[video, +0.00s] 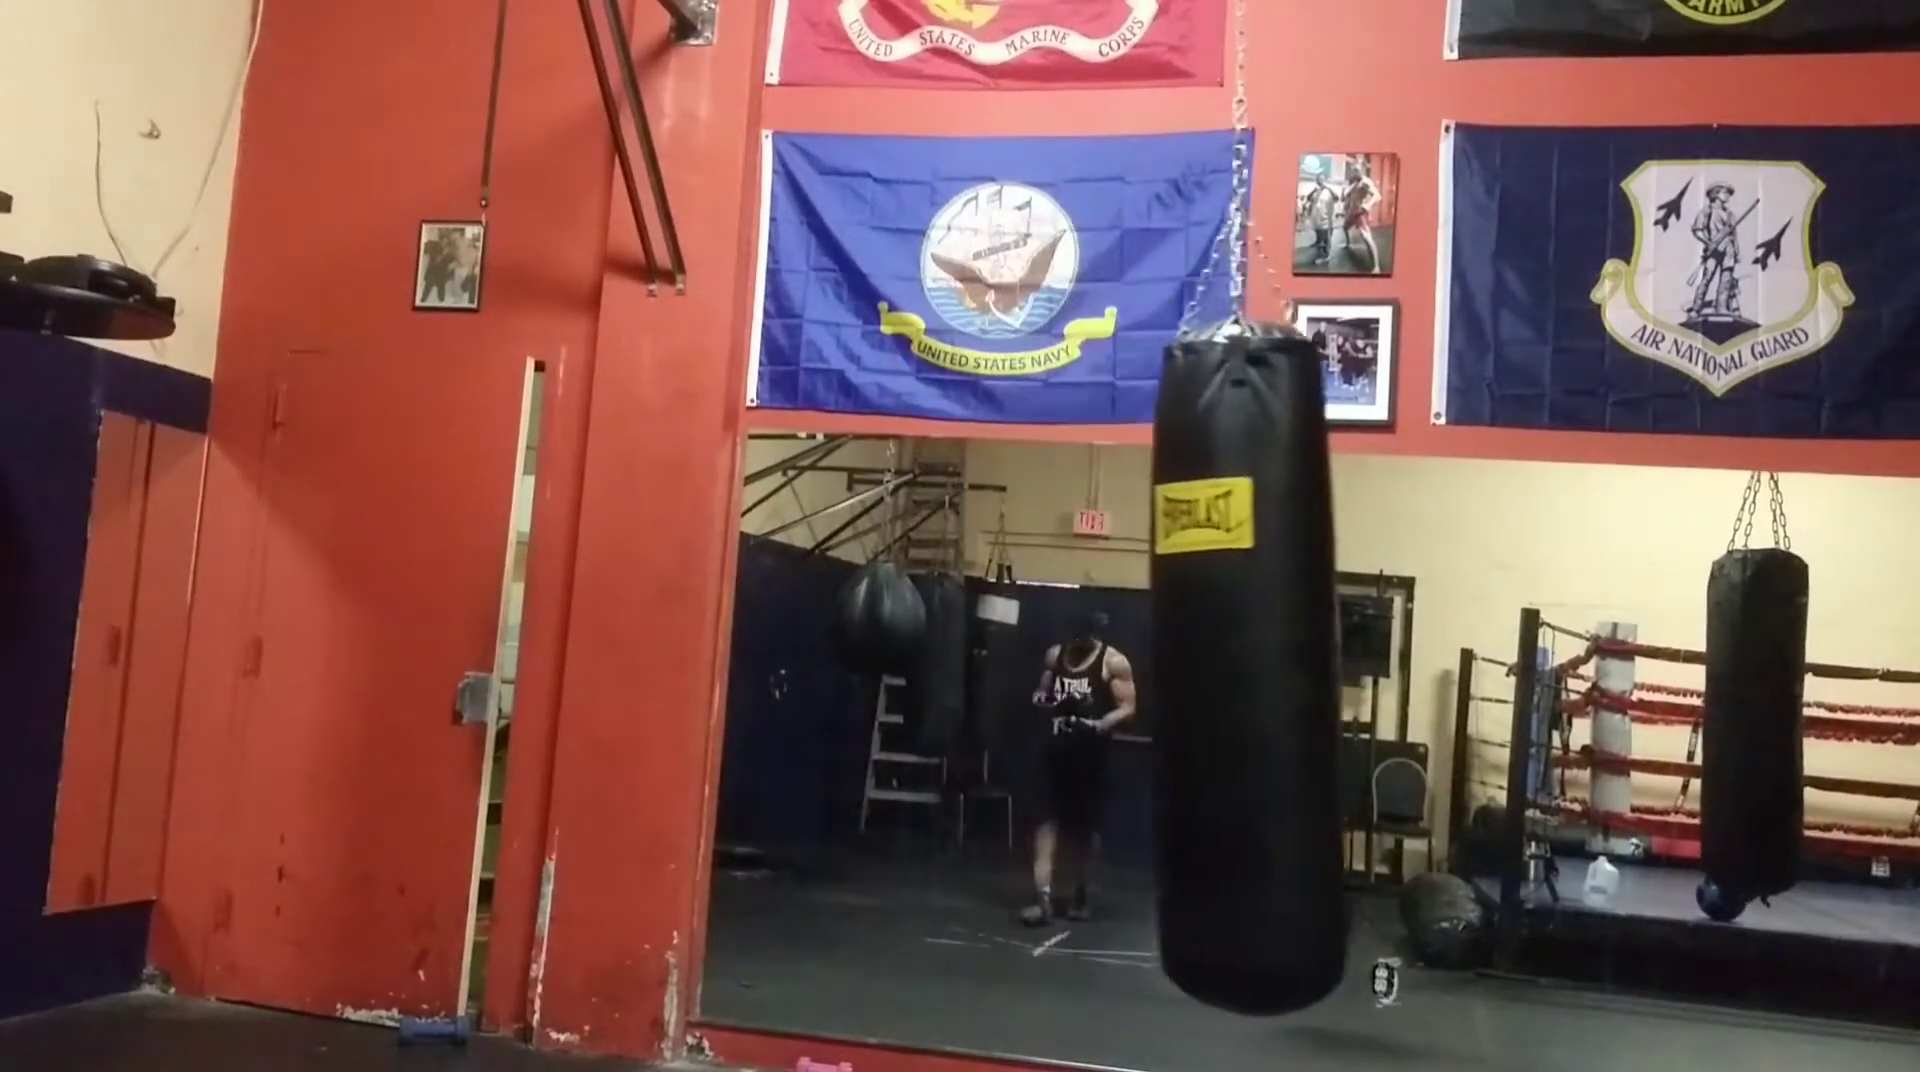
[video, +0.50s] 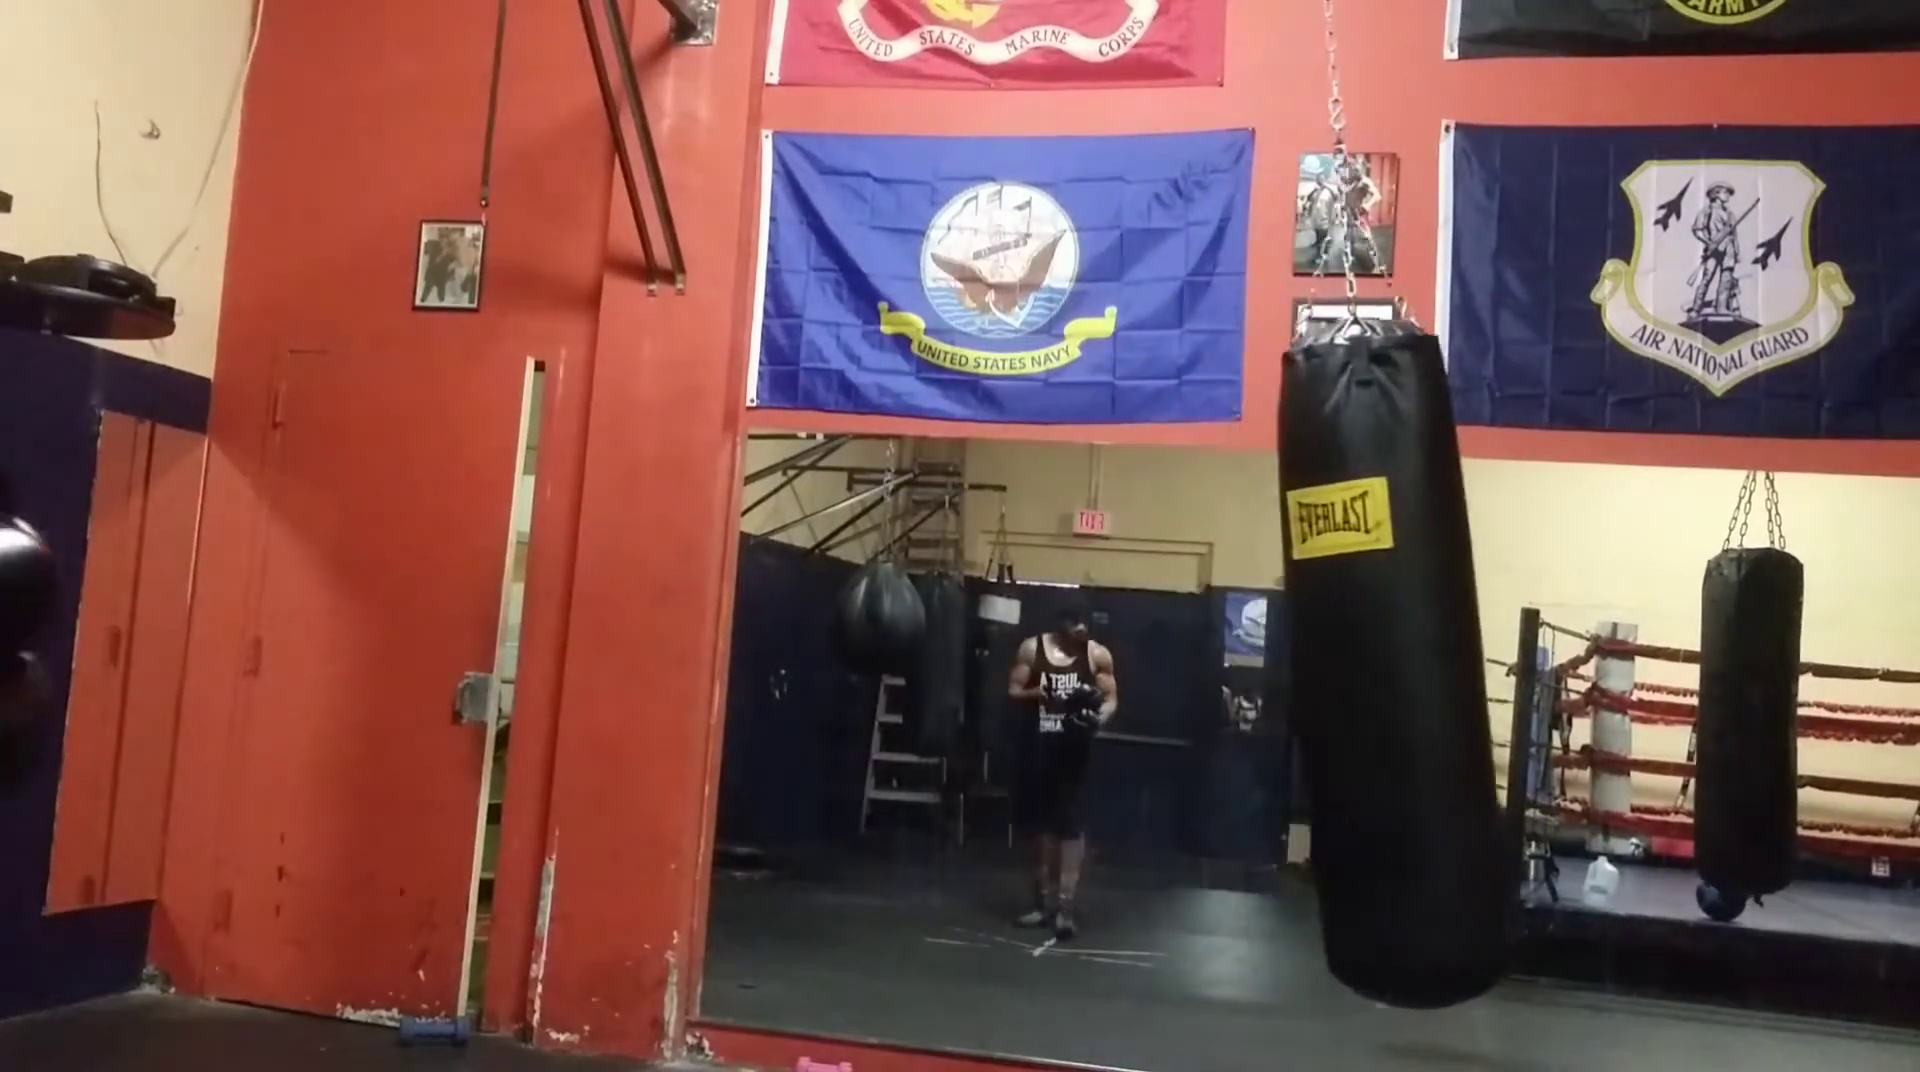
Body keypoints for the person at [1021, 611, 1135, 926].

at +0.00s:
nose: (1082, 644)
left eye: (1089, 639)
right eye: (1078, 637)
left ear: (1099, 637)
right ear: (1072, 634)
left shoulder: (1114, 662)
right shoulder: (1056, 656)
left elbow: (1127, 706)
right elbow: (1041, 693)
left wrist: (1099, 723)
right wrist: (1044, 699)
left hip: (1090, 753)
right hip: (1055, 749)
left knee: (1085, 827)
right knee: (1046, 819)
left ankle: (1080, 895)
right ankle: (1043, 898)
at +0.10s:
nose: (1069, 646)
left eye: (1075, 640)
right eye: (1064, 639)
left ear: (1087, 636)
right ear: (1058, 635)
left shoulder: (1108, 660)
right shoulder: (1048, 655)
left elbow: (1122, 705)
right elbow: (1034, 692)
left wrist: (1095, 723)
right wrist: (1044, 704)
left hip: (1087, 754)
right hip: (1050, 751)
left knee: (1085, 827)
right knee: (1041, 822)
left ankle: (1081, 892)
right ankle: (1042, 901)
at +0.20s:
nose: (1064, 646)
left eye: (1070, 640)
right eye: (1059, 640)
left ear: (1082, 633)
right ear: (1052, 635)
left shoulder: (1103, 658)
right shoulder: (1041, 654)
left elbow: (1118, 702)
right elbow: (1025, 694)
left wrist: (1096, 721)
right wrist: (1035, 694)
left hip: (1082, 753)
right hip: (1044, 750)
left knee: (1081, 826)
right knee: (1038, 824)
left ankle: (1081, 891)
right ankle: (1042, 901)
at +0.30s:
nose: (1070, 633)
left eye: (1076, 627)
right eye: (1064, 627)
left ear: (1084, 626)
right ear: (1054, 626)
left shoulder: (1100, 655)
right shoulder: (1036, 652)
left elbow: (1115, 700)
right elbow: (1020, 692)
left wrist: (1096, 718)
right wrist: (1037, 689)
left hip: (1079, 751)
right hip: (1040, 749)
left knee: (1077, 823)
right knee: (1038, 823)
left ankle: (1076, 891)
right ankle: (1041, 902)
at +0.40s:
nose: (1072, 633)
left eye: (1077, 626)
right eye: (1067, 627)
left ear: (1084, 624)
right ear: (1055, 624)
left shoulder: (1098, 654)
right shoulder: (1034, 649)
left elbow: (1112, 698)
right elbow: (1017, 690)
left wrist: (1096, 715)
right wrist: (1037, 690)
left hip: (1076, 751)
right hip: (1038, 749)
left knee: (1072, 826)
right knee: (1038, 825)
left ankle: (1068, 903)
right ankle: (1041, 902)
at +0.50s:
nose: (1082, 633)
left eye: (1085, 627)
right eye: (1076, 626)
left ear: (1088, 625)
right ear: (1060, 624)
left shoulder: (1097, 654)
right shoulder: (1033, 649)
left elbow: (1110, 698)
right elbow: (1015, 691)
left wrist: (1098, 716)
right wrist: (1042, 694)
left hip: (1075, 752)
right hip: (1037, 751)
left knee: (1071, 828)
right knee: (1039, 826)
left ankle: (1066, 908)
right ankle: (1042, 902)